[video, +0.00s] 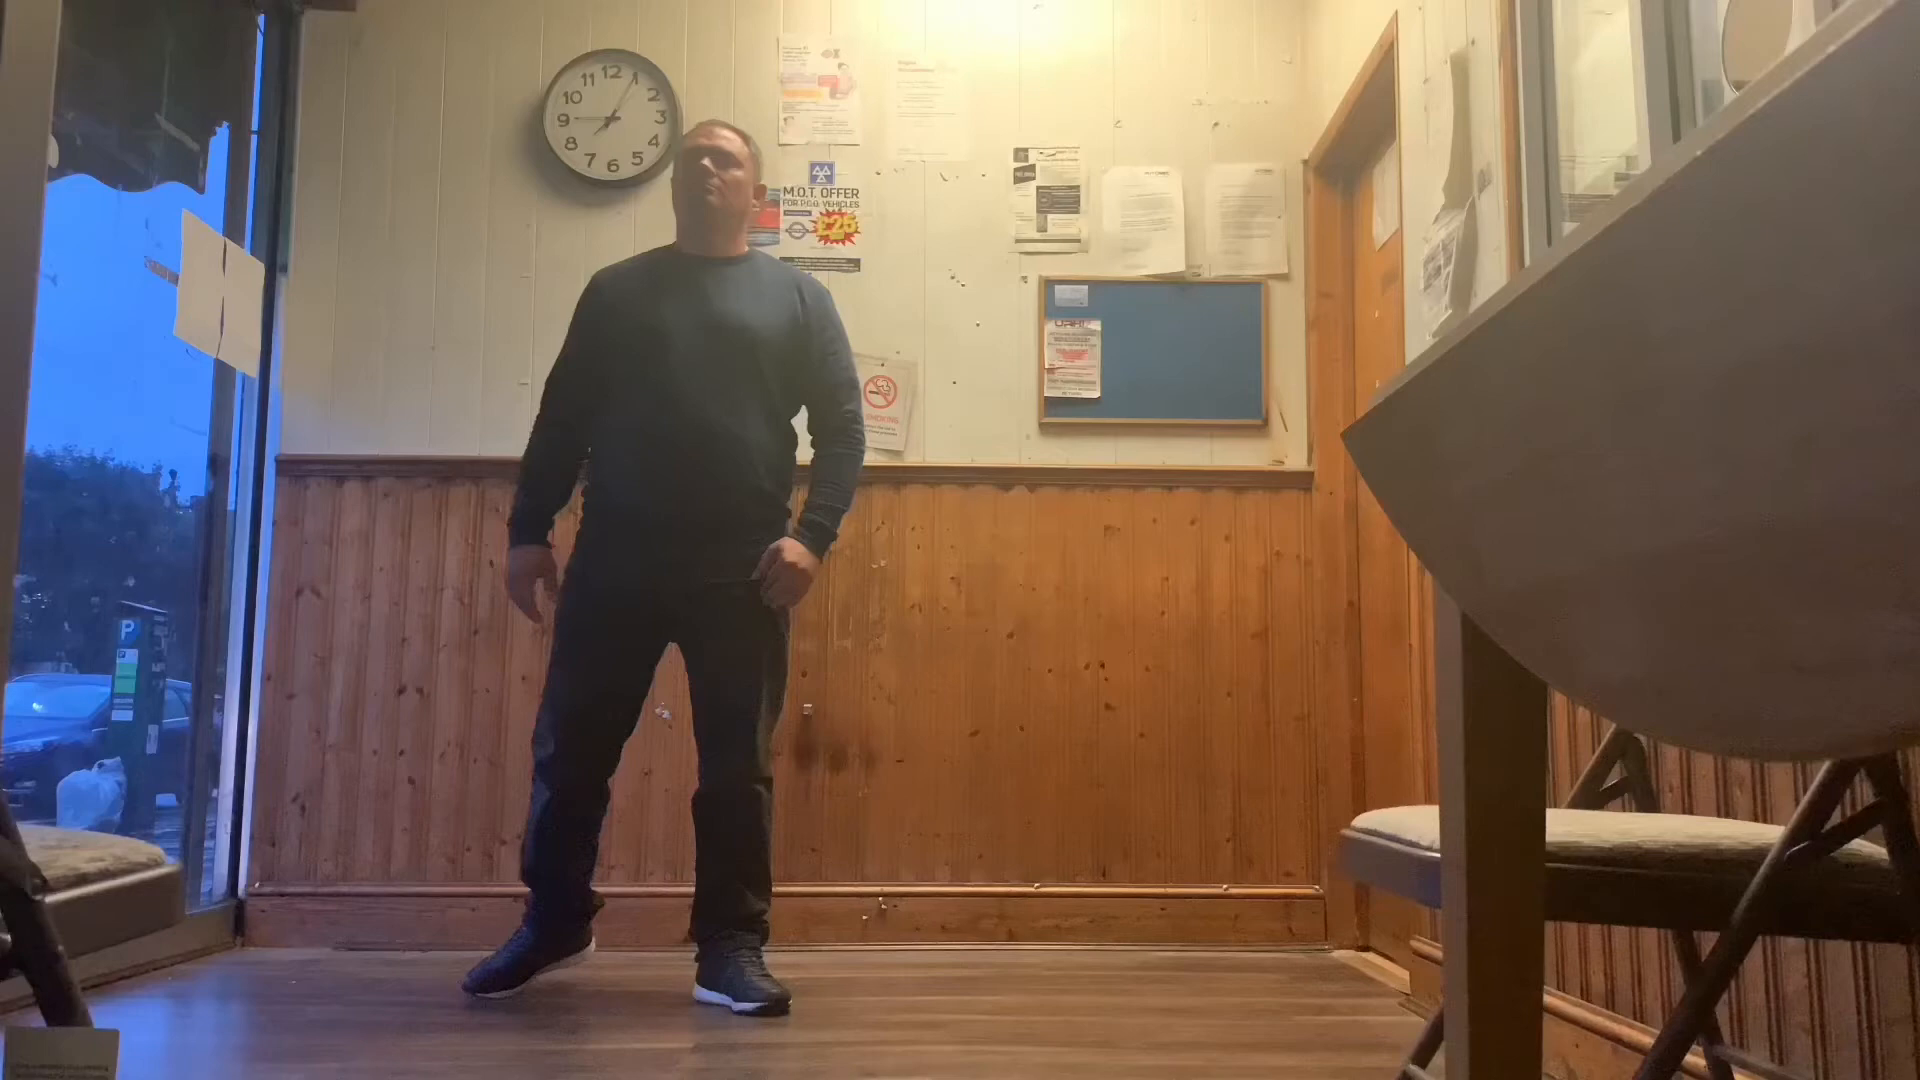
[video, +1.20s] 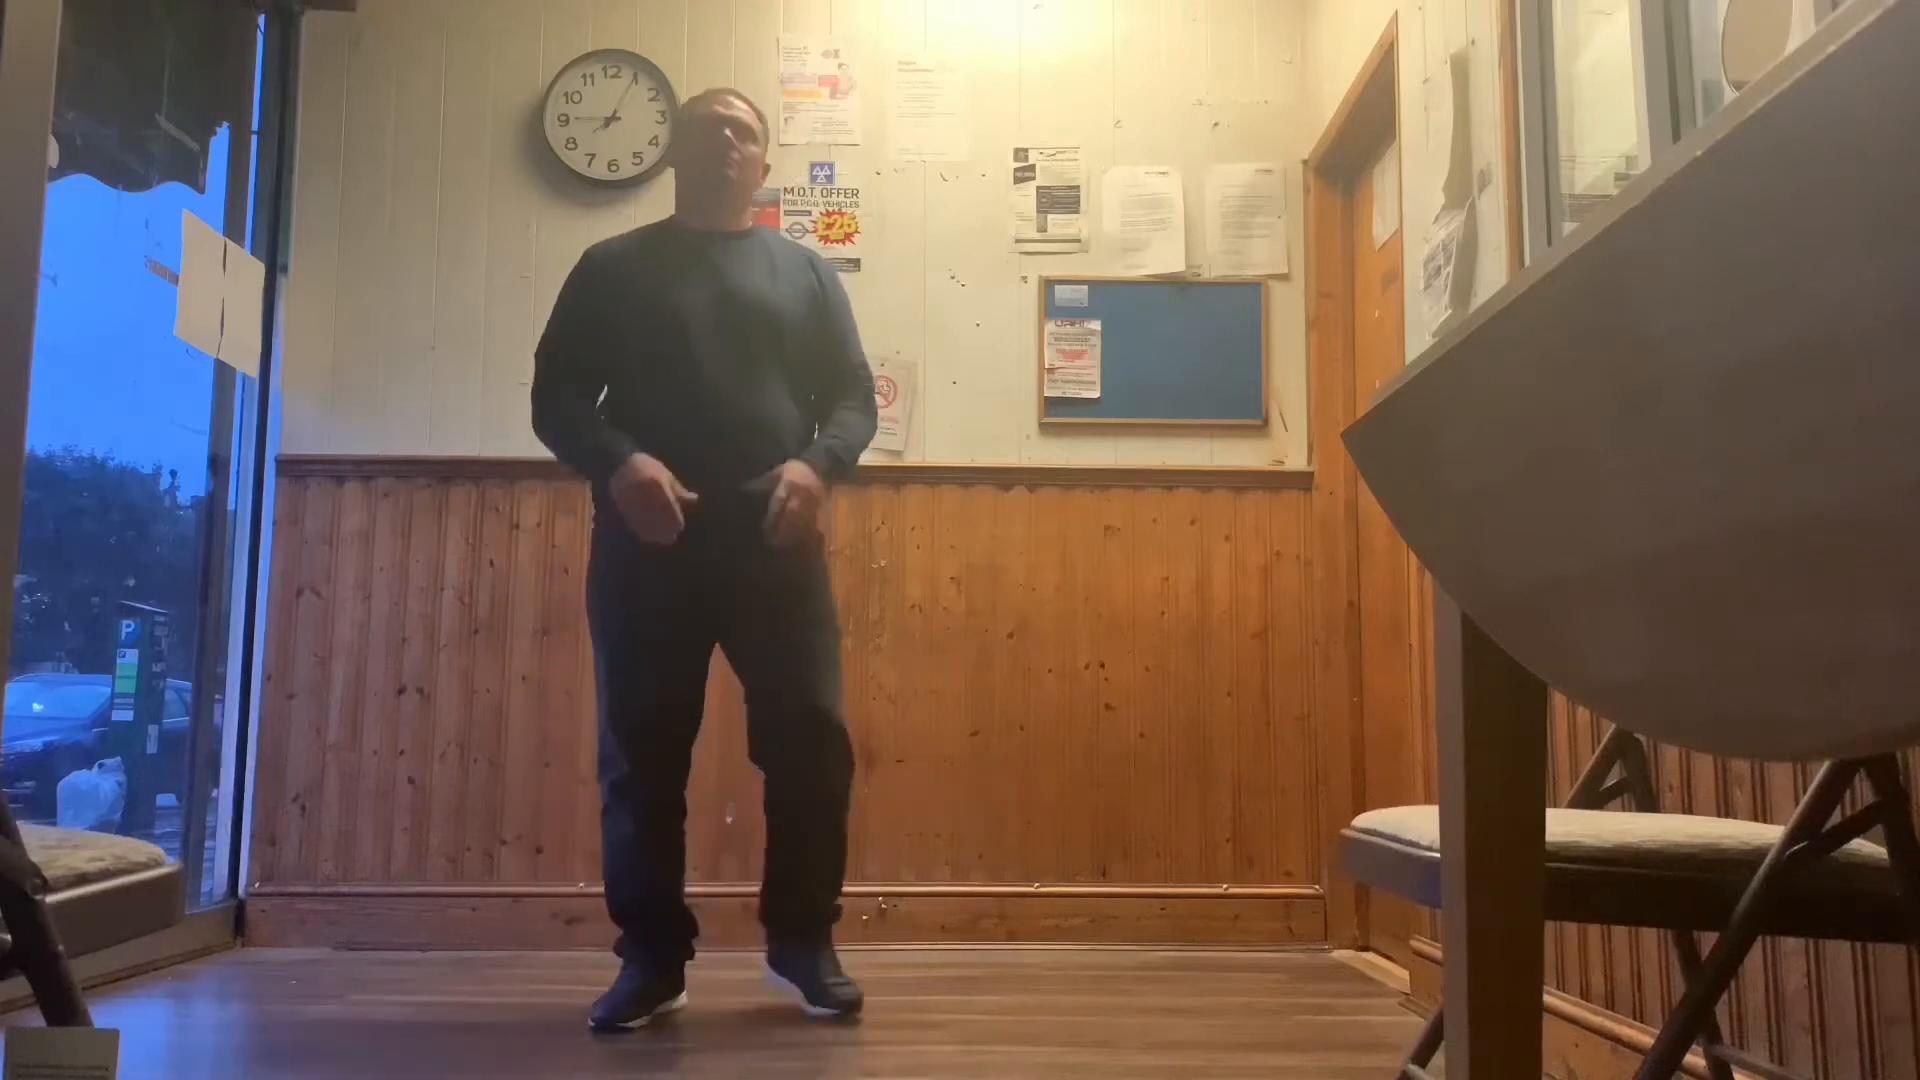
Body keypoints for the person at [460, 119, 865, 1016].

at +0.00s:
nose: (705, 166)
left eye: (724, 159)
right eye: (692, 158)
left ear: (758, 197)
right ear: (670, 188)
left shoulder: (798, 297)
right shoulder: (614, 291)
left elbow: (842, 430)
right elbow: (563, 416)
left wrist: (812, 537)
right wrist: (530, 529)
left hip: (738, 569)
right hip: (618, 563)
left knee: (736, 770)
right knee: (569, 751)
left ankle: (732, 950)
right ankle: (556, 922)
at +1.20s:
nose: (725, 135)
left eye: (743, 129)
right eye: (705, 123)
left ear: (766, 166)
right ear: (671, 155)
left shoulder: (805, 272)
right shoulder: (610, 268)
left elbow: (853, 400)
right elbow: (556, 398)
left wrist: (817, 464)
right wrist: (615, 462)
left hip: (774, 552)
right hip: (646, 552)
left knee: (812, 737)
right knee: (640, 762)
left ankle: (803, 942)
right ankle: (650, 960)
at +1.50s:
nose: (778, 128)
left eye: (794, 120)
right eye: (757, 115)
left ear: (818, 156)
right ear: (720, 149)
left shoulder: (859, 263)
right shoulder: (670, 251)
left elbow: (922, 385)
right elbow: (623, 372)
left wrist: (894, 395)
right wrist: (756, 359)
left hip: (831, 553)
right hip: (702, 551)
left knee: (851, 765)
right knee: (676, 766)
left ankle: (837, 971)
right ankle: (651, 965)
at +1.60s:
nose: (811, 133)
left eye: (822, 123)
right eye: (788, 120)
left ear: (842, 153)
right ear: (744, 150)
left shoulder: (889, 258)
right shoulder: (702, 259)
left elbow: (936, 370)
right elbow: (663, 387)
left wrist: (939, 422)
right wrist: (776, 408)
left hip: (868, 557)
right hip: (741, 557)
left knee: (882, 777)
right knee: (702, 759)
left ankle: (838, 972)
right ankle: (660, 941)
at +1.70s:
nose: (830, 124)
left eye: (841, 110)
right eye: (806, 111)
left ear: (861, 133)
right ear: (762, 135)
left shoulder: (909, 231)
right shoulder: (722, 244)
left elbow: (974, 357)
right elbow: (672, 363)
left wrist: (1038, 471)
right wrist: (679, 457)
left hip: (895, 534)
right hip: (772, 530)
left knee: (912, 752)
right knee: (768, 735)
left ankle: (848, 956)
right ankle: (739, 933)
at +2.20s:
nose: (845, 132)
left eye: (863, 121)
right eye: (824, 122)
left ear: (892, 158)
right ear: (794, 158)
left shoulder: (931, 270)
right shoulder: (745, 265)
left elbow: (1003, 388)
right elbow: (677, 376)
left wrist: (1086, 472)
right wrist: (602, 447)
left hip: (899, 542)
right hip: (778, 540)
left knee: (945, 757)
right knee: (823, 726)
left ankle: (900, 959)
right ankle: (870, 977)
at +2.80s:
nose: (701, 198)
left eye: (693, 180)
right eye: (689, 182)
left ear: (705, 182)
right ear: (647, 186)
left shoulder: (754, 304)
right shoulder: (578, 278)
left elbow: (809, 440)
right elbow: (484, 376)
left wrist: (864, 568)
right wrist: (372, 457)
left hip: (638, 556)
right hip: (530, 543)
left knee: (526, 733)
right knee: (521, 744)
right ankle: (602, 949)